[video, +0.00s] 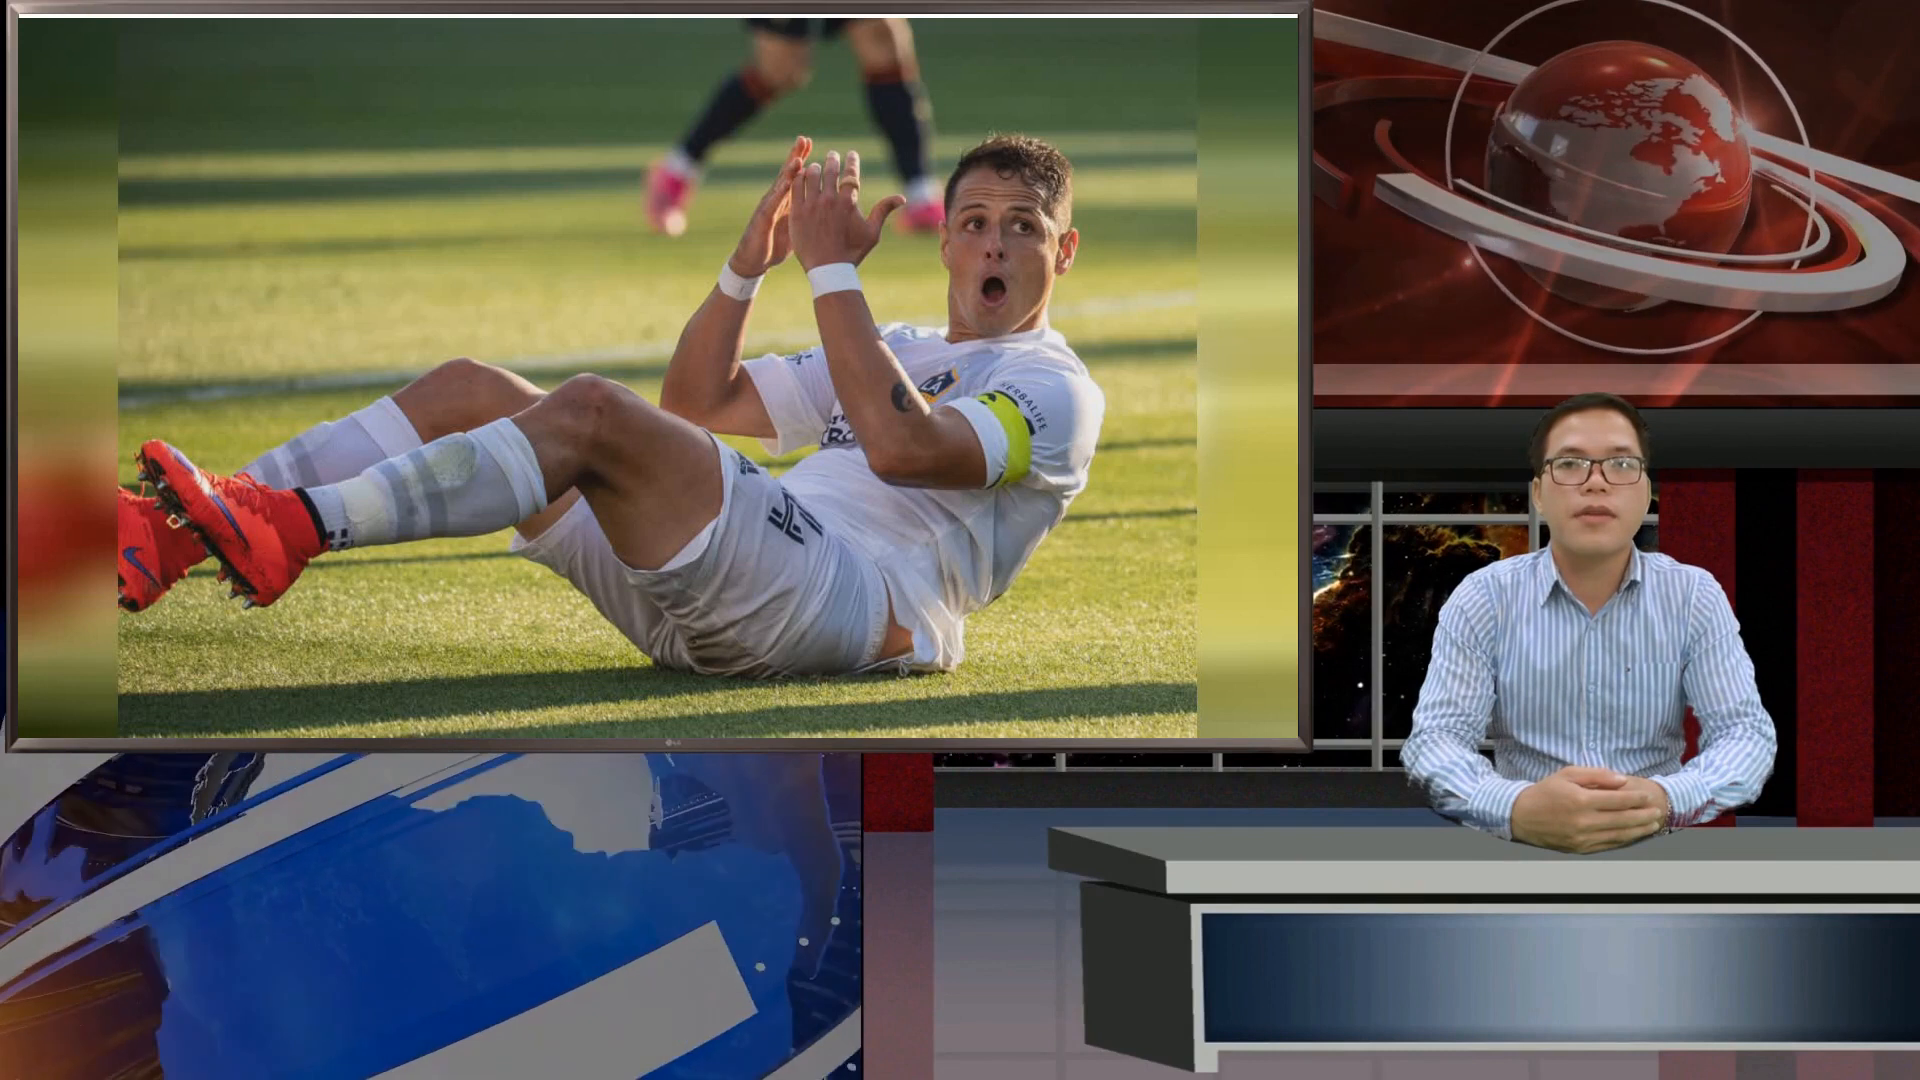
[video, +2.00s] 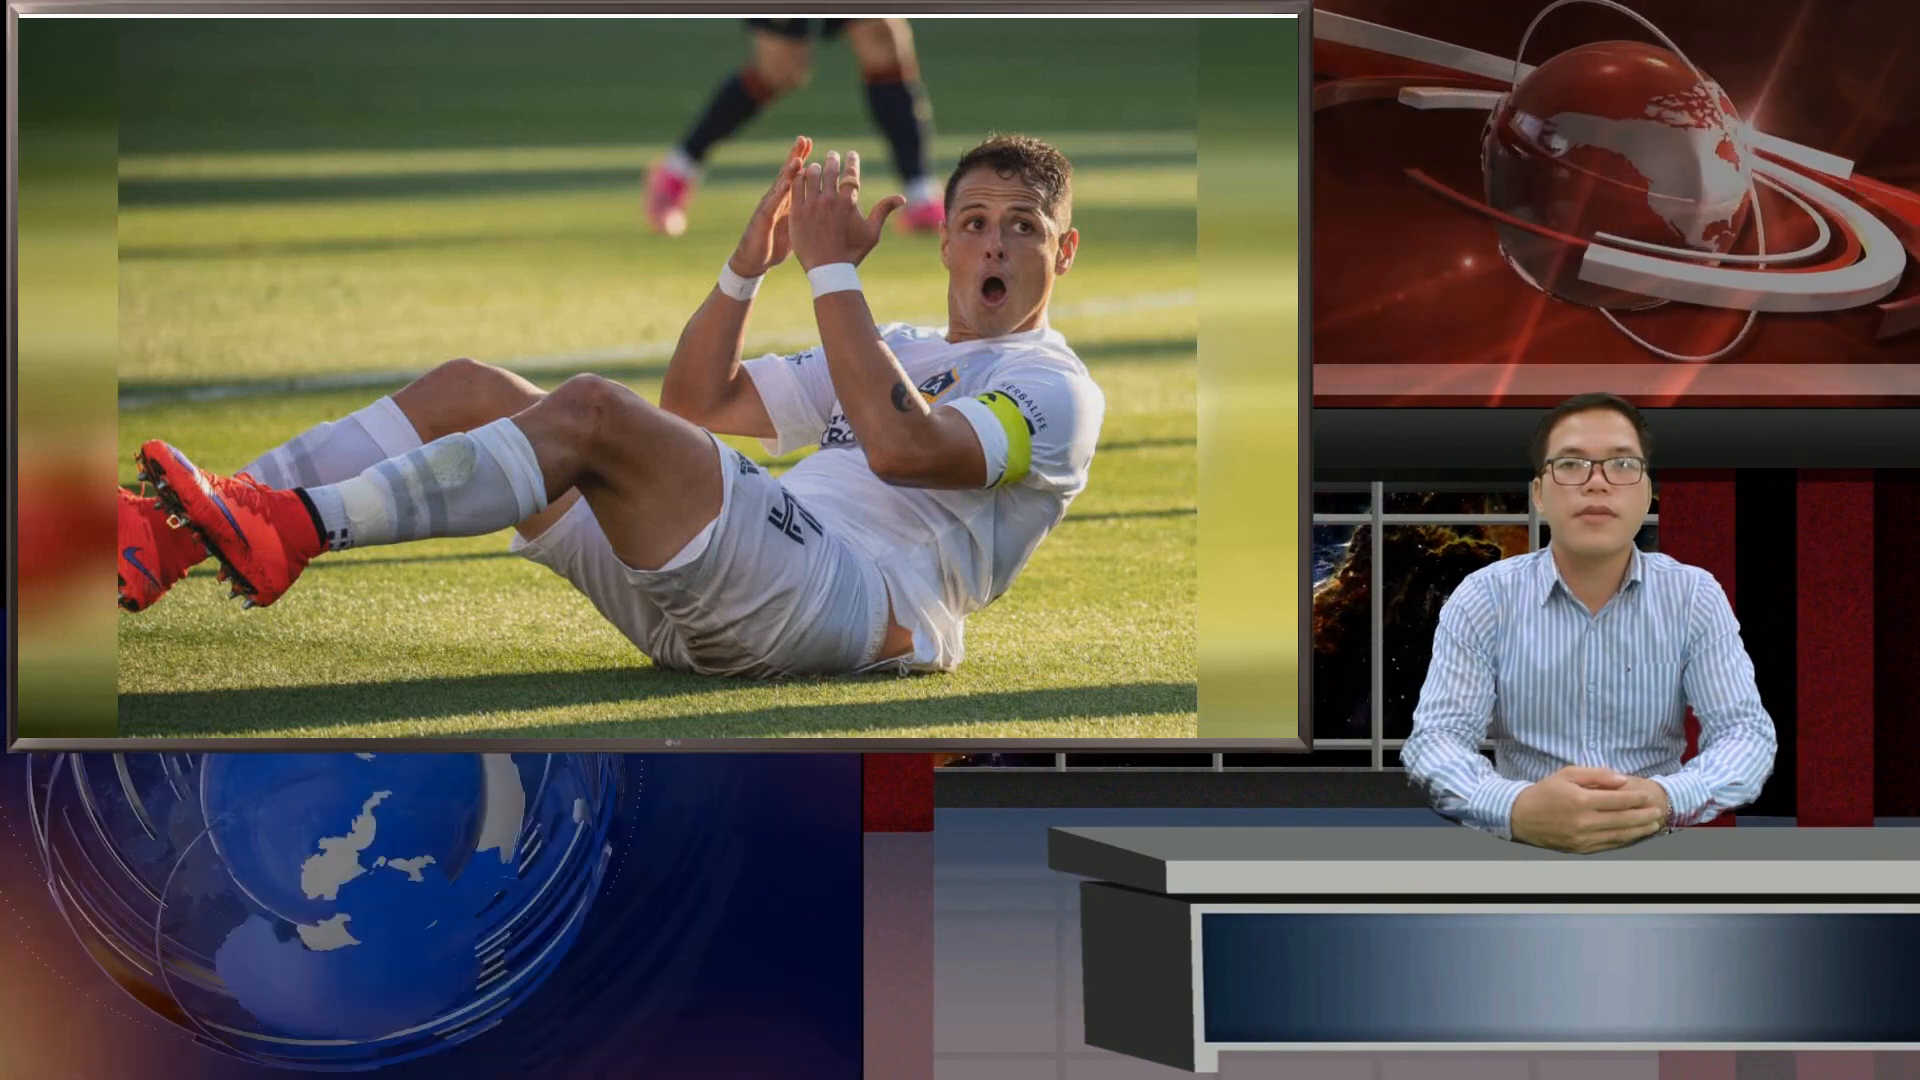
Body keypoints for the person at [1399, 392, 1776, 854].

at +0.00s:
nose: (1596, 483)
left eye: (1619, 464)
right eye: (1570, 464)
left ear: (1646, 494)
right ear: (1538, 496)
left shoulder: (1690, 598)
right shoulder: (1484, 601)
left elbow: (1745, 735)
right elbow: (1433, 745)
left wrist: (1667, 799)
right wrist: (1514, 809)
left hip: (1656, 853)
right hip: (1520, 857)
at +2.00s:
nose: (1597, 483)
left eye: (1620, 465)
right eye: (1571, 464)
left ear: (1647, 495)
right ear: (1539, 496)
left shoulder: (1691, 598)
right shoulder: (1484, 601)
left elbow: (1745, 735)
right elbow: (1433, 745)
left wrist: (1667, 799)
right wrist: (1514, 809)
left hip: (1657, 853)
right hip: (1520, 856)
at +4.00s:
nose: (1597, 483)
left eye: (1621, 465)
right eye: (1571, 464)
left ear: (1647, 496)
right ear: (1539, 496)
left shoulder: (1691, 598)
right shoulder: (1485, 601)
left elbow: (1745, 735)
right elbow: (1433, 744)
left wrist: (1667, 799)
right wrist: (1514, 809)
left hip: (1656, 852)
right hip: (1520, 856)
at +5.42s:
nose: (1598, 483)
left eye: (1621, 465)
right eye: (1572, 465)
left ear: (1647, 495)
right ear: (1540, 496)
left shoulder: (1692, 598)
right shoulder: (1485, 600)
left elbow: (1745, 735)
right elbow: (1434, 744)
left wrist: (1667, 799)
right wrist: (1513, 810)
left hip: (1656, 852)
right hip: (1519, 855)